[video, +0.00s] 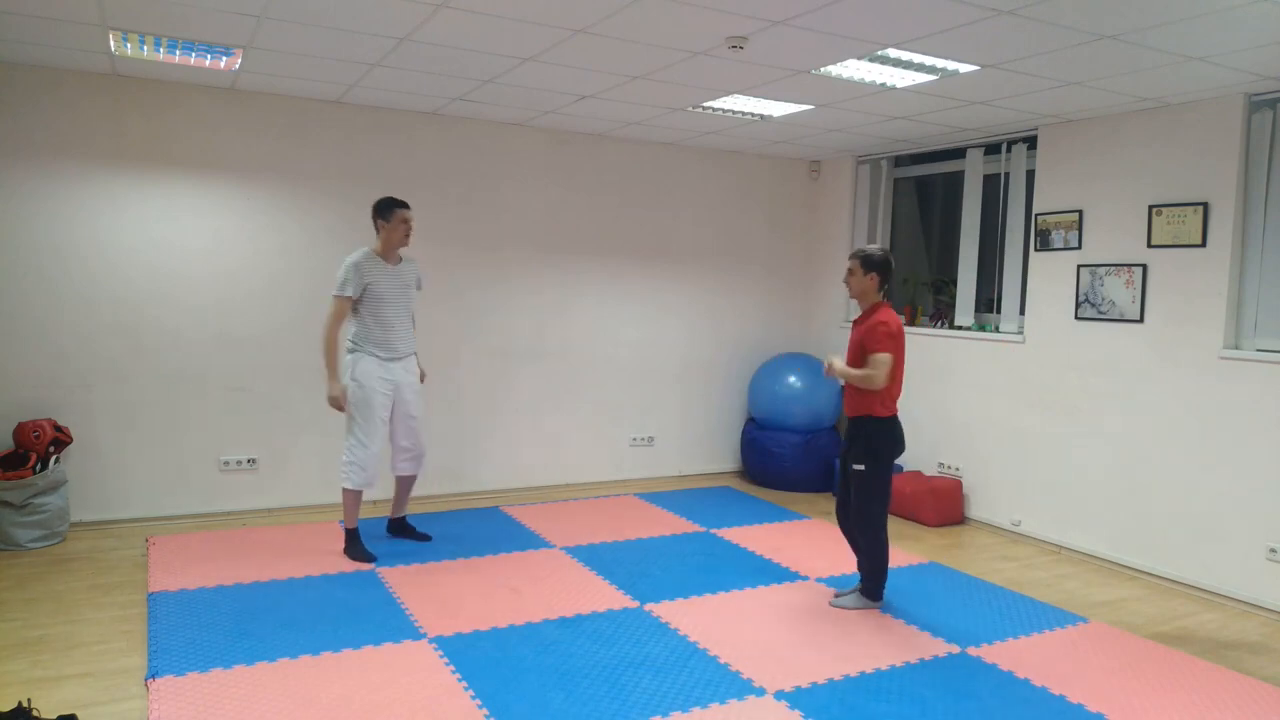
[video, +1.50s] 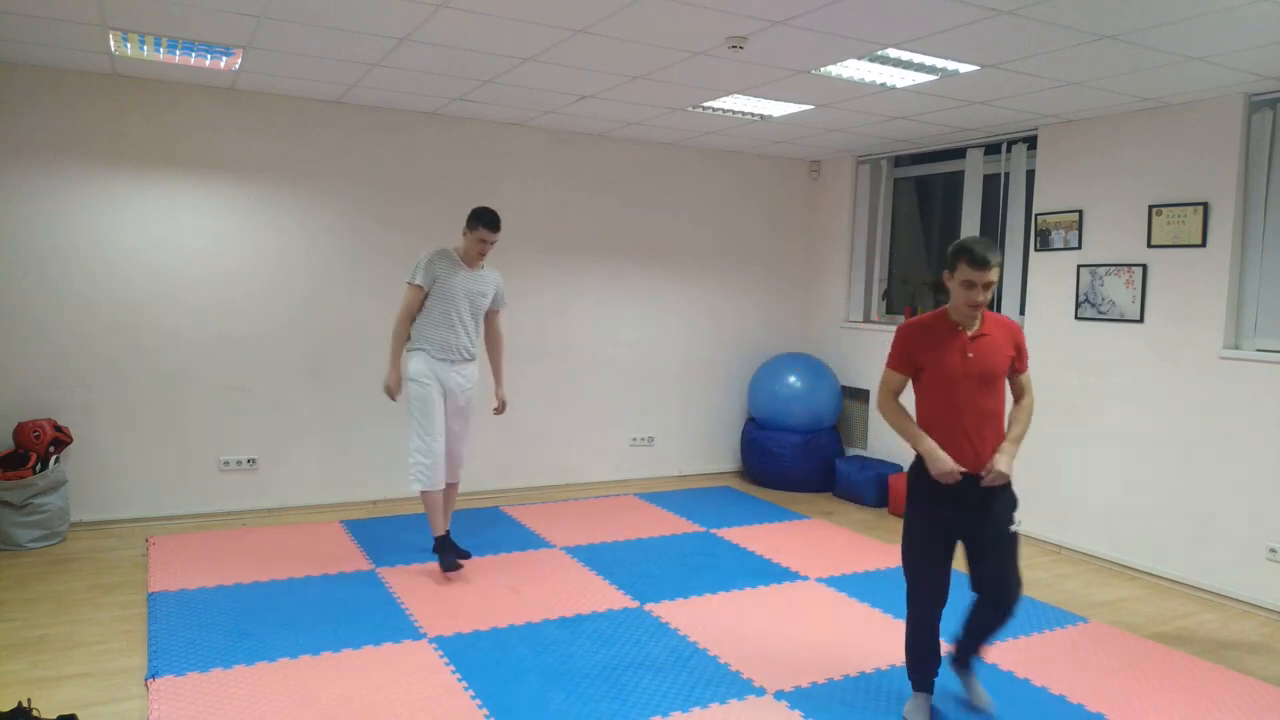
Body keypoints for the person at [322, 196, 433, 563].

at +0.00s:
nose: (410, 230)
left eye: (411, 223)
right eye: (404, 223)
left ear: (405, 228)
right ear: (381, 225)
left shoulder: (410, 268)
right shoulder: (357, 265)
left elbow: (406, 321)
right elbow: (332, 325)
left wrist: (415, 362)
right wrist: (333, 380)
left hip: (405, 368)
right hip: (368, 367)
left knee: (412, 446)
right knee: (363, 449)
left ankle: (398, 520)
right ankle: (352, 536)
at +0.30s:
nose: (400, 226)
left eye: (400, 220)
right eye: (393, 221)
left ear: (395, 226)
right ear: (371, 225)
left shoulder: (406, 265)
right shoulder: (354, 266)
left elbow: (409, 315)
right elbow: (337, 327)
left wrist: (415, 362)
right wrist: (328, 385)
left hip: (403, 368)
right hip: (364, 368)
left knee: (427, 446)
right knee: (355, 453)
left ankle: (436, 527)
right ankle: (350, 537)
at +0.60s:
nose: (422, 228)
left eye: (423, 222)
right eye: (415, 223)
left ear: (418, 227)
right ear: (394, 227)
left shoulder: (427, 268)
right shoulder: (373, 268)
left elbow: (435, 317)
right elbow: (368, 335)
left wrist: (444, 360)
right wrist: (394, 381)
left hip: (417, 371)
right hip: (377, 372)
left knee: (432, 450)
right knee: (360, 454)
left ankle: (441, 534)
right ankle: (350, 537)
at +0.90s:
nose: (458, 241)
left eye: (463, 235)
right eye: (453, 233)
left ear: (465, 236)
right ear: (435, 228)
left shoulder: (460, 275)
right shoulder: (406, 264)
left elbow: (463, 327)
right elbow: (388, 322)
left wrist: (472, 372)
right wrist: (415, 370)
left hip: (442, 371)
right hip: (401, 371)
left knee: (447, 452)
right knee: (388, 454)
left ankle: (442, 535)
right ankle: (360, 532)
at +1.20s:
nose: (480, 246)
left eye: (486, 241)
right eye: (476, 238)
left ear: (490, 242)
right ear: (459, 231)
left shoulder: (482, 280)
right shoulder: (427, 261)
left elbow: (482, 334)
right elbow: (393, 307)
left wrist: (485, 384)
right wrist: (385, 358)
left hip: (455, 371)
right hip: (413, 366)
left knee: (452, 451)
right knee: (406, 451)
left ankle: (443, 535)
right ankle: (396, 537)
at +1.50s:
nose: (486, 248)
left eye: (492, 243)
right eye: (481, 240)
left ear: (497, 243)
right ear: (465, 232)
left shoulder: (492, 280)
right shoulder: (436, 262)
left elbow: (493, 334)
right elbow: (405, 315)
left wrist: (499, 385)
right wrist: (394, 370)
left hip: (464, 371)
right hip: (424, 365)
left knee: (455, 452)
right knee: (431, 449)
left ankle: (444, 533)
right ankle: (439, 540)